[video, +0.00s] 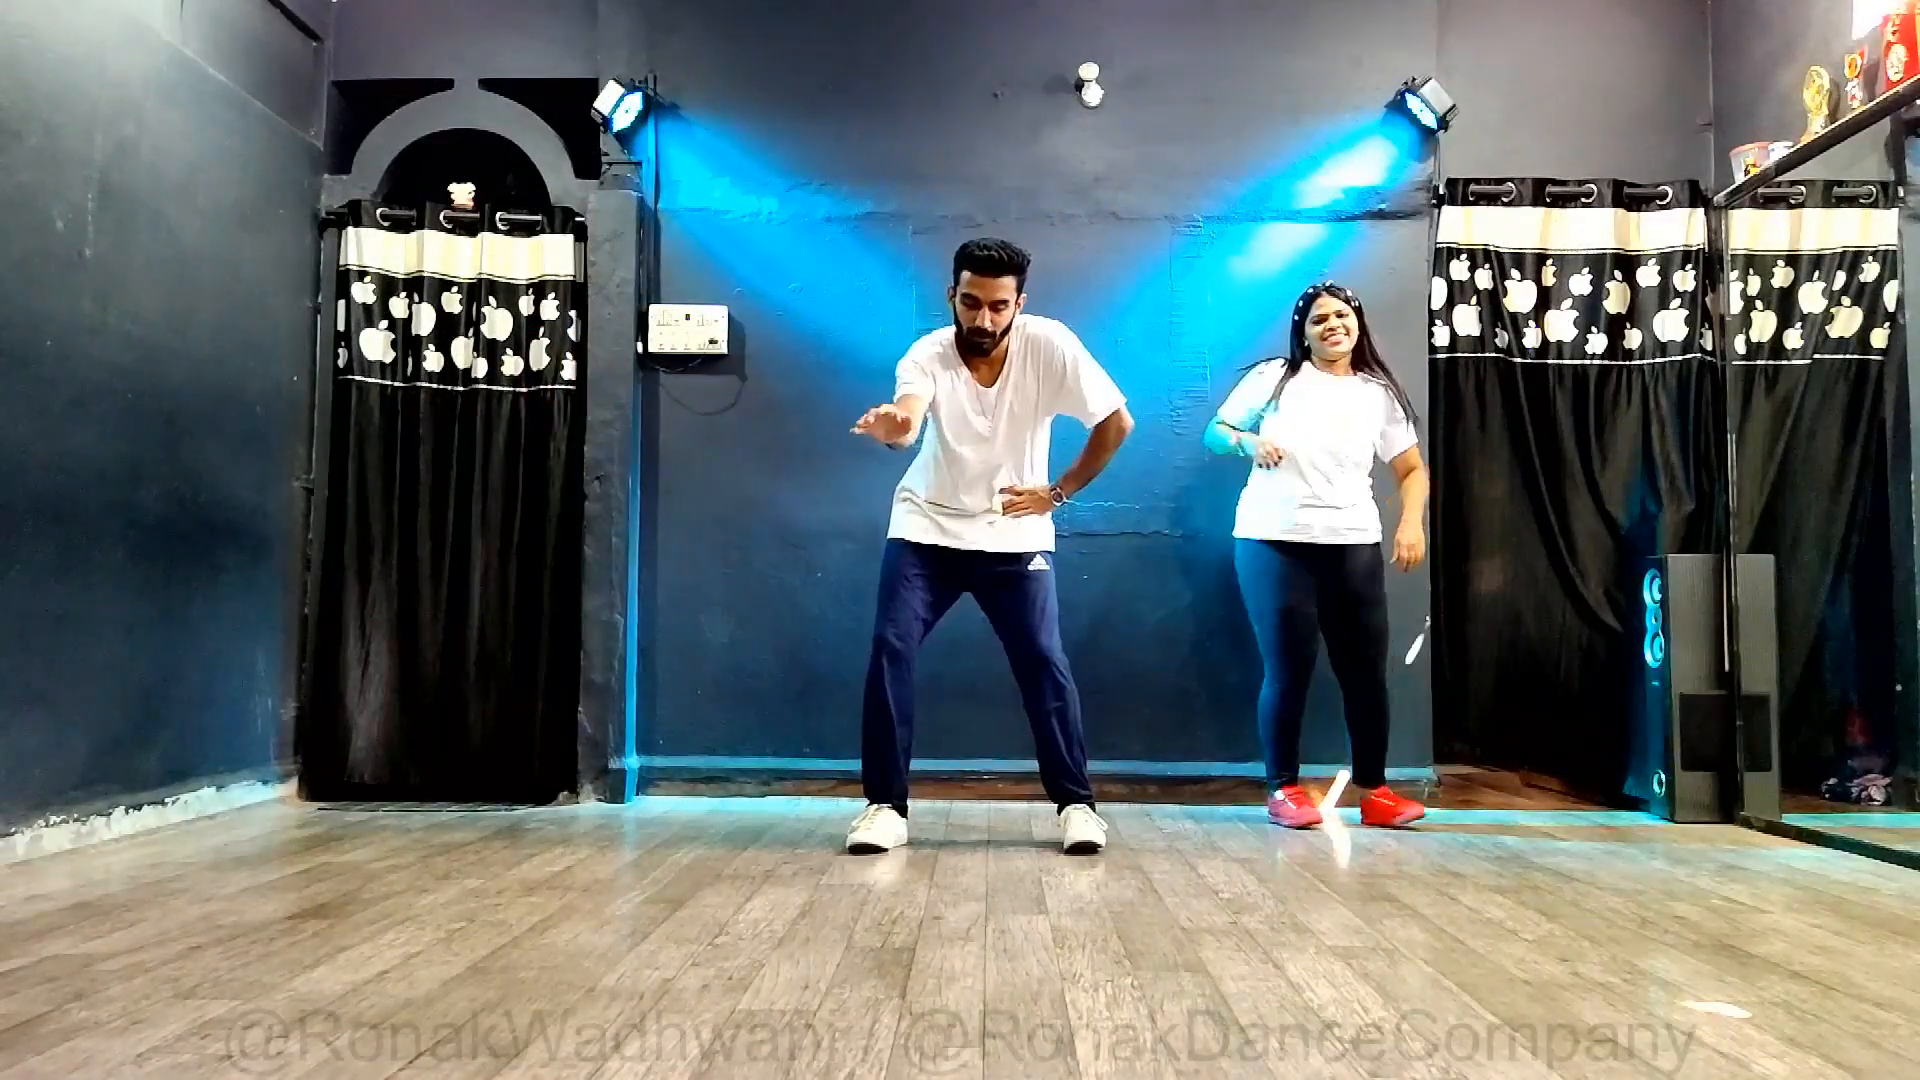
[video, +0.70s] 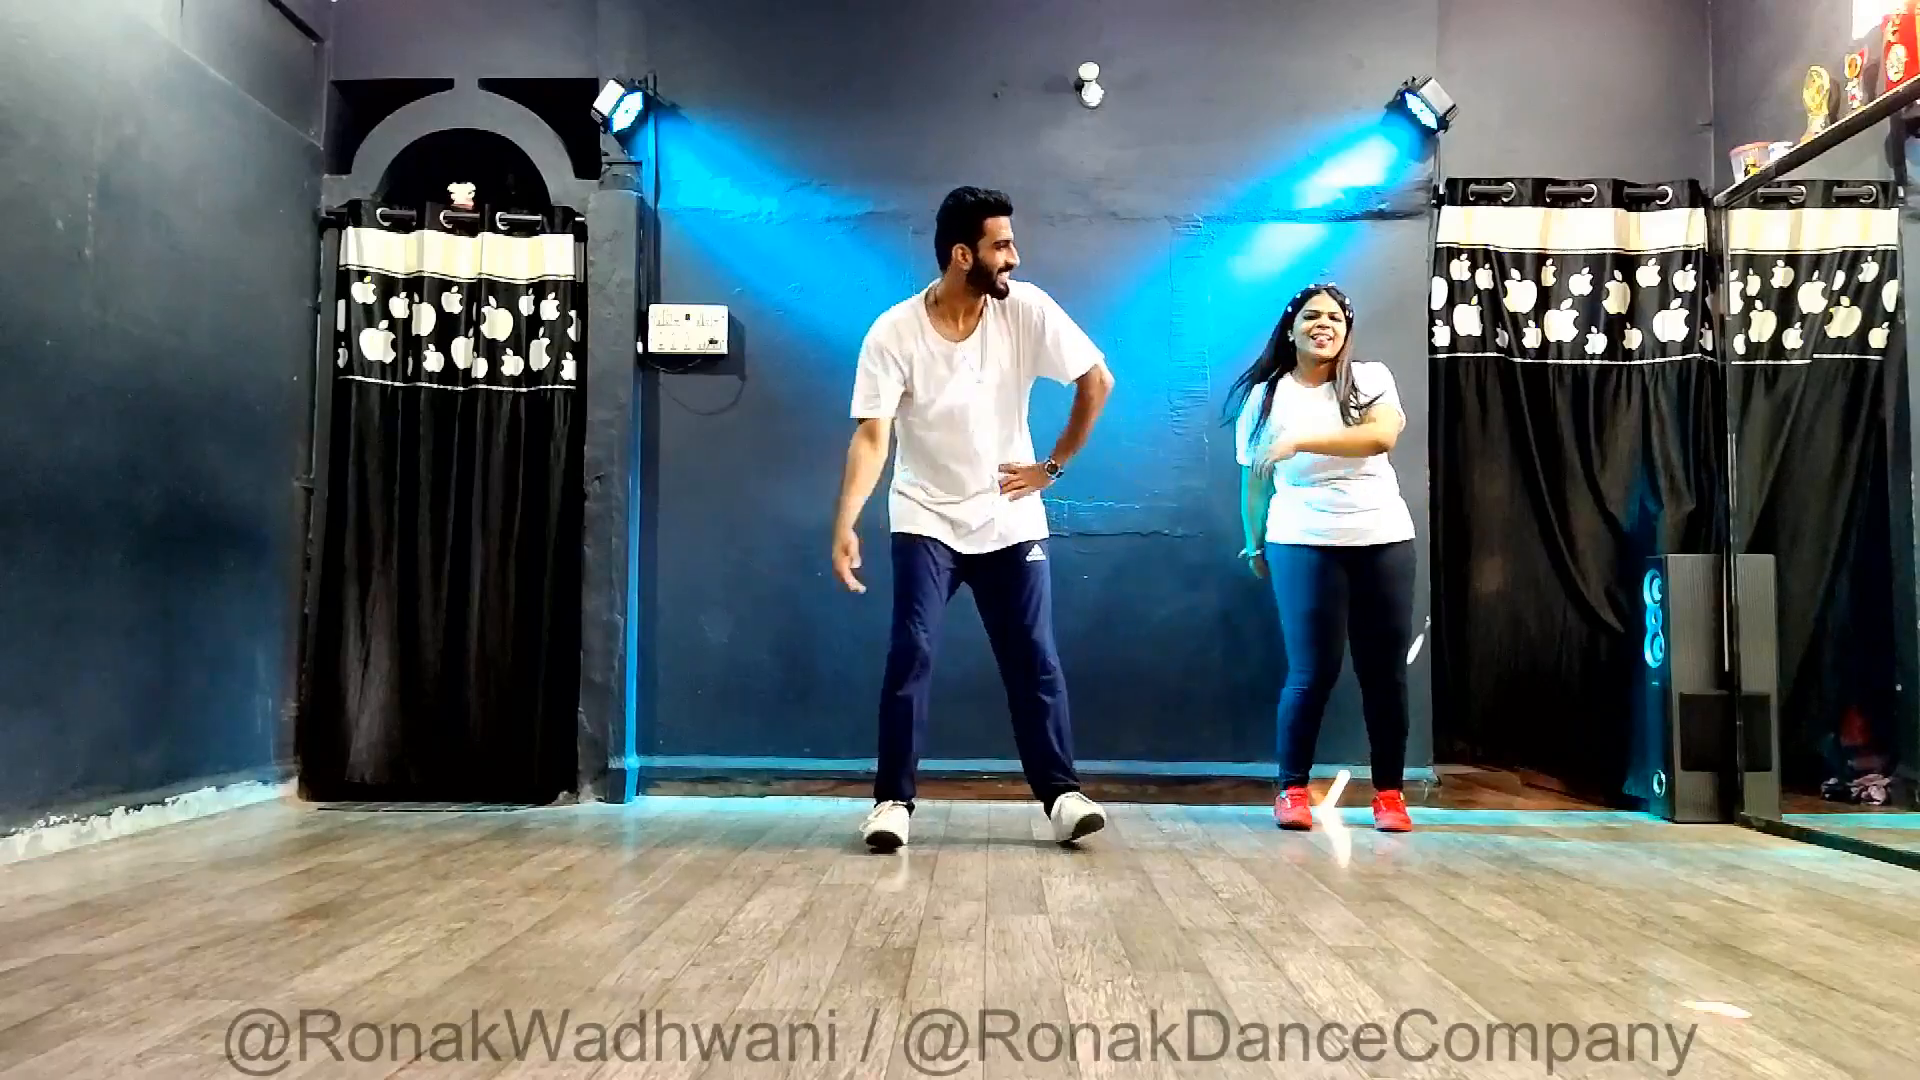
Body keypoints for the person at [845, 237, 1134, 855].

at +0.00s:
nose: (984, 319)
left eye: (999, 306)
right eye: (972, 303)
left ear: (1019, 302)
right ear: (954, 296)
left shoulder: (1049, 344)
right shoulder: (927, 356)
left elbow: (1116, 423)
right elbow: (906, 417)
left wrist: (1059, 492)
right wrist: (892, 428)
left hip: (1014, 525)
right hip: (928, 520)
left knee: (1044, 657)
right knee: (892, 643)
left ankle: (1075, 804)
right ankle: (885, 807)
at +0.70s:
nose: (1011, 257)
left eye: (1012, 244)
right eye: (998, 246)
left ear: (997, 248)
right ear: (956, 254)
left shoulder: (1024, 309)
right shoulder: (894, 333)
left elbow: (1097, 380)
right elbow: (871, 435)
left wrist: (1053, 465)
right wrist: (845, 521)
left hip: (1007, 505)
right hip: (924, 507)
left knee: (1035, 653)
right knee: (912, 648)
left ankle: (1060, 794)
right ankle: (892, 803)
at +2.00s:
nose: (972, 287)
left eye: (983, 270)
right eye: (956, 274)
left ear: (1002, 253)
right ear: (935, 263)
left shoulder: (1044, 297)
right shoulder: (914, 352)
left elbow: (1109, 369)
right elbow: (908, 452)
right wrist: (893, 542)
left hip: (1068, 514)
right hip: (977, 530)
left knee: (1111, 643)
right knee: (959, 669)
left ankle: (1115, 775)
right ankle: (957, 812)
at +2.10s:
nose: (963, 279)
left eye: (975, 265)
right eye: (949, 265)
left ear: (995, 255)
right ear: (929, 258)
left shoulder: (1036, 308)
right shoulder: (908, 344)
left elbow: (1086, 395)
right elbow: (913, 430)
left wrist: (1129, 483)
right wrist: (915, 503)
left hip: (1053, 495)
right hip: (967, 519)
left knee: (1094, 558)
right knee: (955, 674)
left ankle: (1092, 701)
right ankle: (959, 812)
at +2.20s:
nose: (970, 227)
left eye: (983, 214)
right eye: (957, 214)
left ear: (1002, 214)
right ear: (935, 216)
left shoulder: (1040, 278)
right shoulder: (912, 289)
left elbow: (1072, 374)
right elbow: (916, 349)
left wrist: (1092, 455)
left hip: (1042, 462)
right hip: (966, 486)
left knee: (1089, 483)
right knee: (968, 658)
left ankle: (1068, 643)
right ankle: (961, 804)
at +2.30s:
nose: (989, 170)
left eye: (1003, 159)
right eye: (976, 158)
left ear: (1022, 173)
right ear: (956, 170)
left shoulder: (1047, 249)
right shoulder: (926, 249)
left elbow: (1058, 346)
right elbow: (934, 274)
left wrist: (1074, 428)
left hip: (1037, 440)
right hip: (961, 454)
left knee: (1092, 433)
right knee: (953, 630)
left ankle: (1038, 583)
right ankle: (966, 776)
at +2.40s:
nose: (998, 169)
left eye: (1010, 159)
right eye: (986, 158)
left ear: (1030, 173)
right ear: (966, 170)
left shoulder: (1054, 261)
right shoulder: (936, 252)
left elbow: (1053, 353)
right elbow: (940, 253)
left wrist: (1043, 420)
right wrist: (963, 188)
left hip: (1039, 441)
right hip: (960, 458)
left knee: (1095, 455)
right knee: (957, 639)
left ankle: (1029, 595)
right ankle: (950, 806)